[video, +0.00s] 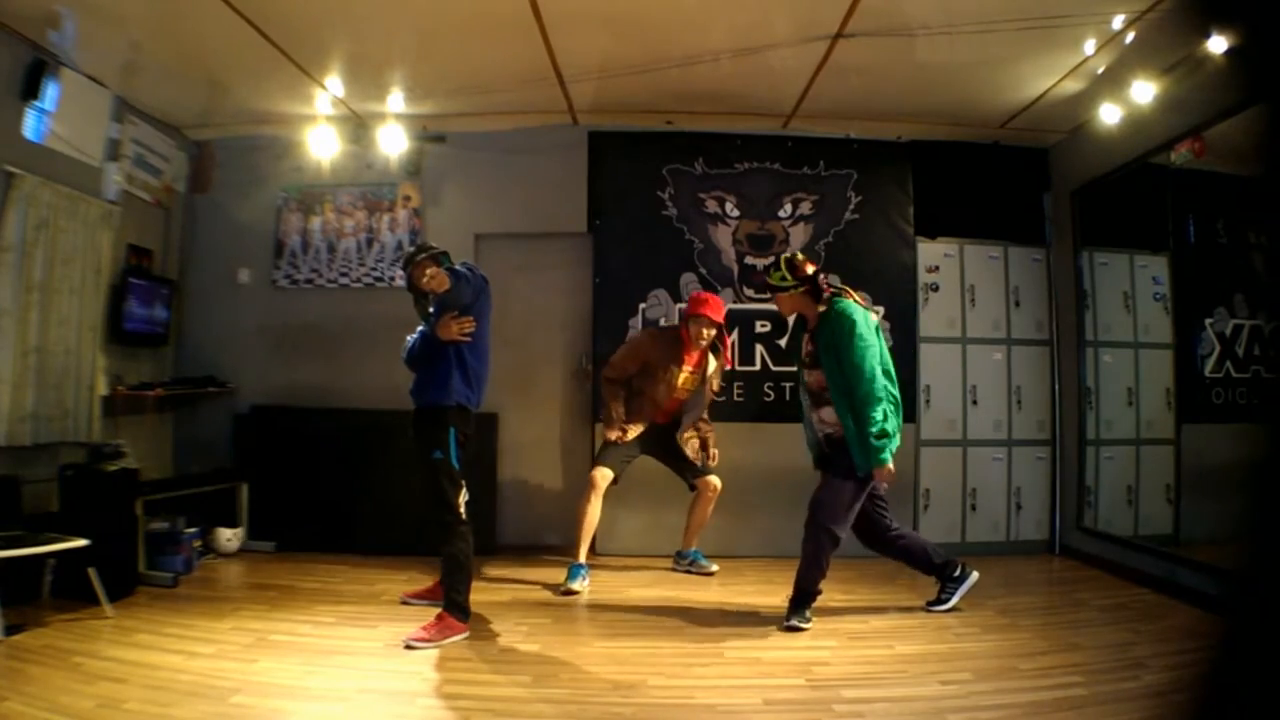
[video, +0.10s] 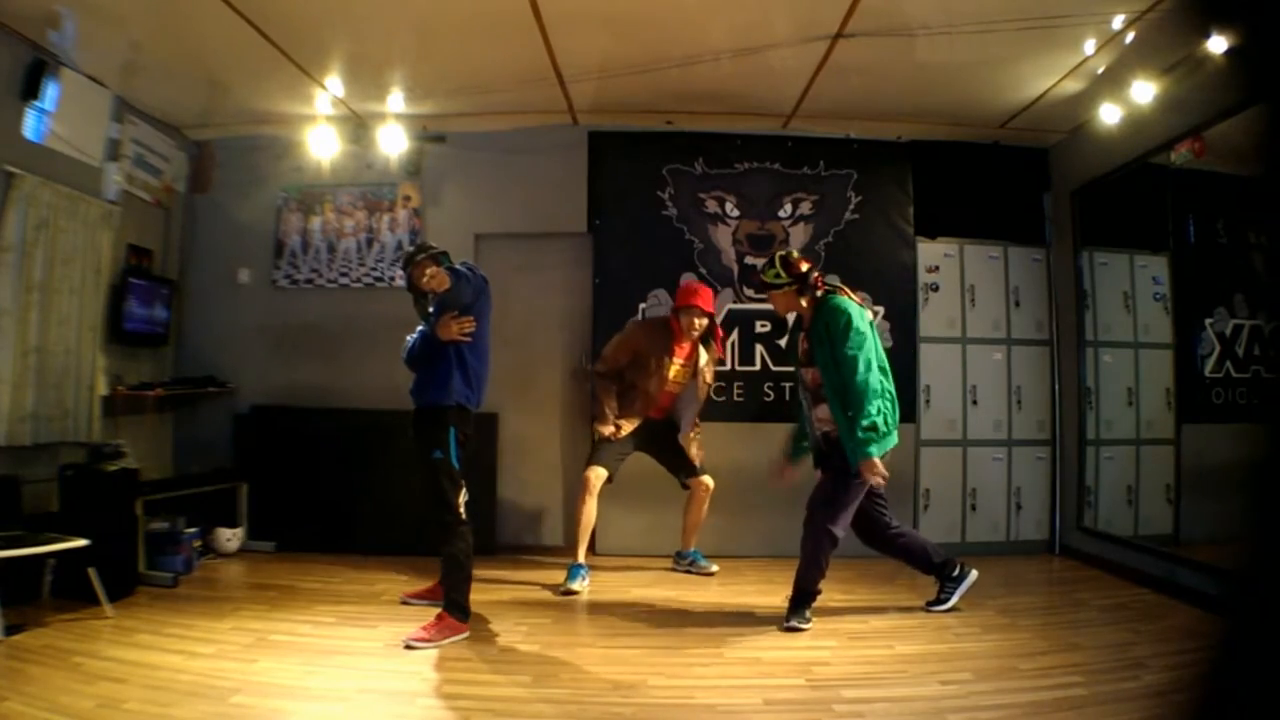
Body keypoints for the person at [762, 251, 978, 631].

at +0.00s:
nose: (775, 301)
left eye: (777, 293)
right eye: (774, 293)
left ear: (797, 290)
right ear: (799, 288)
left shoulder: (846, 317)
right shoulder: (815, 321)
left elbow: (868, 385)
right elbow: (825, 389)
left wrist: (879, 451)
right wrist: (821, 446)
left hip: (859, 443)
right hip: (837, 443)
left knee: (824, 518)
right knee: (876, 530)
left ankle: (801, 604)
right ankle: (951, 572)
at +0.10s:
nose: (771, 301)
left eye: (773, 294)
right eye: (769, 294)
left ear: (793, 288)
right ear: (793, 288)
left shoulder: (839, 313)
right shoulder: (810, 319)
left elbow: (860, 382)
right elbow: (814, 394)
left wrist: (864, 451)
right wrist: (795, 450)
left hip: (857, 442)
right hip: (835, 441)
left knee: (823, 517)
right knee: (875, 528)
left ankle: (800, 604)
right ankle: (951, 572)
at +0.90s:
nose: (762, 304)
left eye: (765, 295)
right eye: (759, 297)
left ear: (790, 287)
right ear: (782, 290)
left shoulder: (851, 304)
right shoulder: (782, 321)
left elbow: (891, 345)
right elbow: (771, 367)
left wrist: (900, 396)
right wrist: (810, 328)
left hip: (860, 433)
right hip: (825, 439)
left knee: (820, 514)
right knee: (872, 520)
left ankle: (801, 603)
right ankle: (946, 570)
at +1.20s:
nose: (783, 283)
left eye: (791, 277)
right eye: (780, 275)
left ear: (815, 275)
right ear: (777, 273)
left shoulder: (860, 302)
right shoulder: (770, 308)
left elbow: (890, 356)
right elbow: (763, 360)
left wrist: (909, 413)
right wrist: (821, 367)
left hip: (841, 435)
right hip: (793, 435)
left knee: (822, 525)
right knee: (781, 515)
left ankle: (801, 603)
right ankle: (823, 540)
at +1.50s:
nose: (830, 276)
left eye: (839, 268)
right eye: (822, 267)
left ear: (851, 271)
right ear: (808, 267)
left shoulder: (870, 312)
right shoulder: (785, 307)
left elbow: (883, 374)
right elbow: (760, 373)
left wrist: (887, 428)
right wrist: (738, 434)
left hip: (846, 441)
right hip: (791, 437)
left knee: (837, 532)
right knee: (741, 513)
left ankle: (800, 599)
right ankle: (676, 572)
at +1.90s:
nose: (846, 240)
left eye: (854, 234)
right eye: (837, 233)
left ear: (864, 243)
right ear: (823, 241)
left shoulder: (886, 294)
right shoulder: (795, 288)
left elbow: (902, 355)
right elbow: (772, 352)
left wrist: (911, 411)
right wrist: (764, 415)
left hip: (861, 417)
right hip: (810, 409)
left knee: (839, 514)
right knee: (855, 477)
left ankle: (798, 601)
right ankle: (896, 573)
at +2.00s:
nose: (850, 235)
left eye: (858, 229)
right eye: (841, 229)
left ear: (868, 237)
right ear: (826, 237)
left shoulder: (893, 286)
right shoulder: (803, 286)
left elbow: (912, 345)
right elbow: (781, 350)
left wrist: (921, 400)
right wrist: (779, 414)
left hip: (871, 414)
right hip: (822, 407)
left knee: (843, 509)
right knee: (866, 488)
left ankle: (797, 597)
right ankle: (892, 594)